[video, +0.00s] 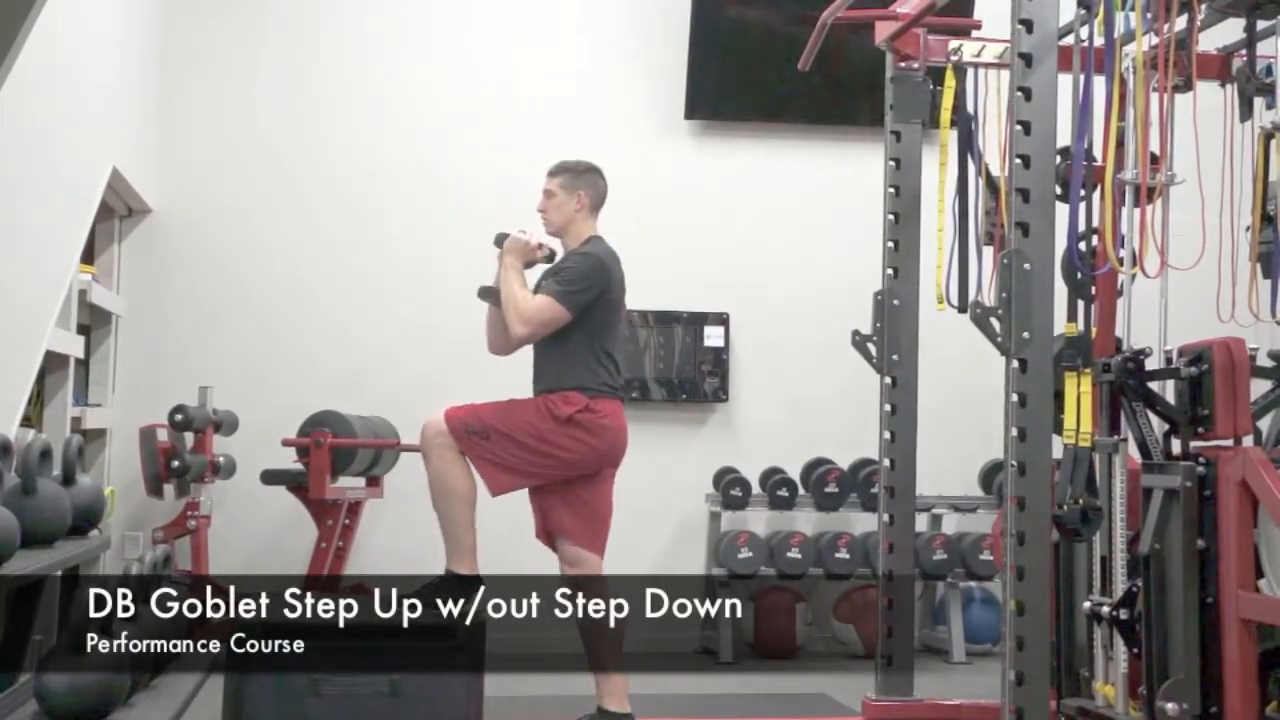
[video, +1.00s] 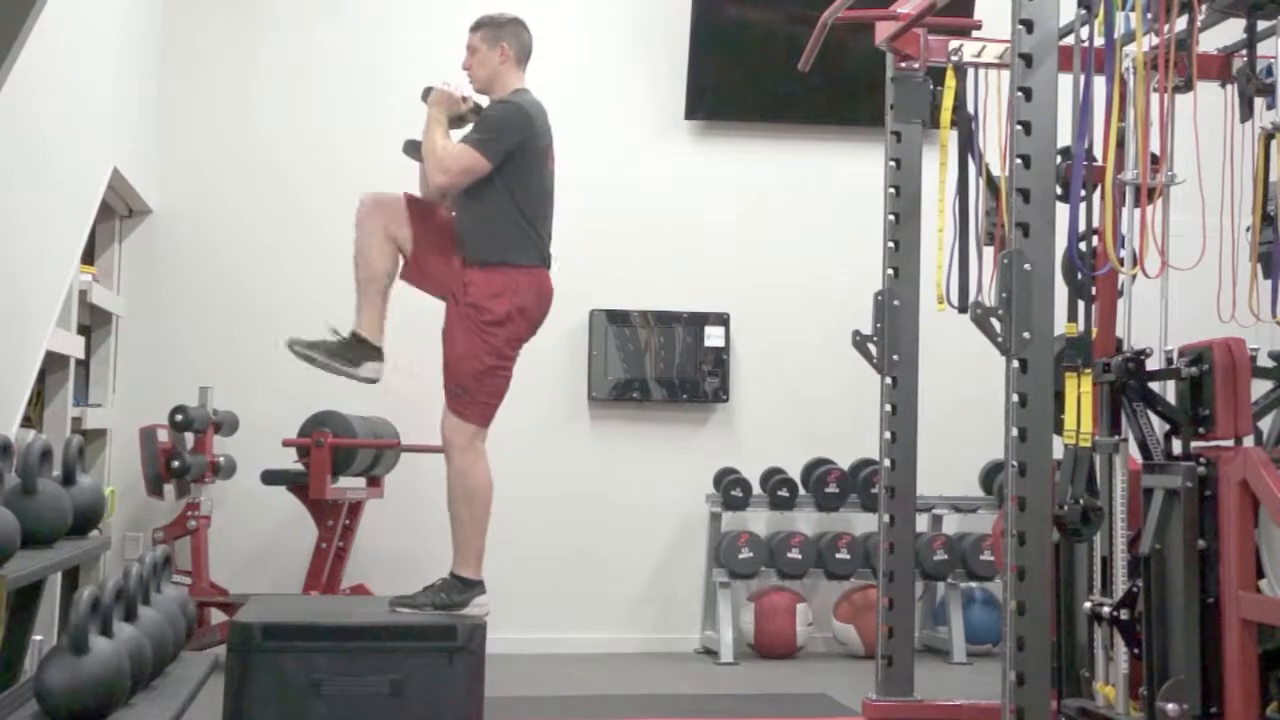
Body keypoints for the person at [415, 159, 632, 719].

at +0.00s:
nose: (540, 204)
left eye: (550, 195)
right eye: (542, 194)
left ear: (581, 201)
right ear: (574, 203)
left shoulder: (595, 261)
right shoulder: (569, 267)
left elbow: (525, 323)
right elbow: (502, 342)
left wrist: (510, 262)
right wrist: (506, 275)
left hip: (580, 416)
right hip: (585, 420)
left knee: (440, 434)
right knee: (581, 562)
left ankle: (462, 578)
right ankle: (615, 707)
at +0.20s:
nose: (514, 210)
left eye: (524, 200)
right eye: (517, 200)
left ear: (557, 207)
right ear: (554, 209)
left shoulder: (569, 264)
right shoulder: (549, 271)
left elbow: (501, 330)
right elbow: (482, 348)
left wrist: (487, 268)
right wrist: (482, 281)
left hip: (567, 420)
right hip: (575, 427)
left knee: (425, 439)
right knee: (548, 573)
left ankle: (462, 577)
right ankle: (610, 707)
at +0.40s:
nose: (485, 186)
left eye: (495, 176)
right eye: (488, 176)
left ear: (527, 182)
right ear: (523, 182)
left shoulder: (540, 241)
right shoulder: (520, 246)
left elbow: (470, 304)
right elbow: (448, 321)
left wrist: (457, 243)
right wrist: (454, 255)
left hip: (548, 394)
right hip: (567, 400)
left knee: (417, 443)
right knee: (553, 552)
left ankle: (460, 579)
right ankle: (600, 691)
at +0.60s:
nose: (461, 112)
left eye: (470, 102)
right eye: (463, 102)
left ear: (503, 106)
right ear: (501, 106)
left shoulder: (517, 165)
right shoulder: (501, 171)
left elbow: (449, 232)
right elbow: (431, 252)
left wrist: (435, 165)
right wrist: (431, 183)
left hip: (531, 321)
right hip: (536, 324)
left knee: (431, 437)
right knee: (469, 468)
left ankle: (462, 581)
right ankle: (542, 588)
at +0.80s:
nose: (463, 65)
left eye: (472, 54)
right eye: (465, 55)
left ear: (505, 55)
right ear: (504, 56)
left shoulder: (517, 112)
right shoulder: (498, 119)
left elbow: (449, 181)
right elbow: (439, 209)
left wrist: (436, 118)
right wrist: (438, 141)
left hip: (518, 285)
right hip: (480, 281)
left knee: (468, 431)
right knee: (379, 321)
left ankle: (467, 580)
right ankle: (446, 433)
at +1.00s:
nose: (464, 65)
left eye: (472, 53)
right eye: (467, 54)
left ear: (503, 53)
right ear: (507, 54)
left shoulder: (515, 112)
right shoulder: (503, 113)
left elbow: (439, 178)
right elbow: (461, 189)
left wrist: (439, 116)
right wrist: (443, 141)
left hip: (504, 284)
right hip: (473, 264)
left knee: (462, 436)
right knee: (378, 212)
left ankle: (466, 582)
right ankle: (365, 343)